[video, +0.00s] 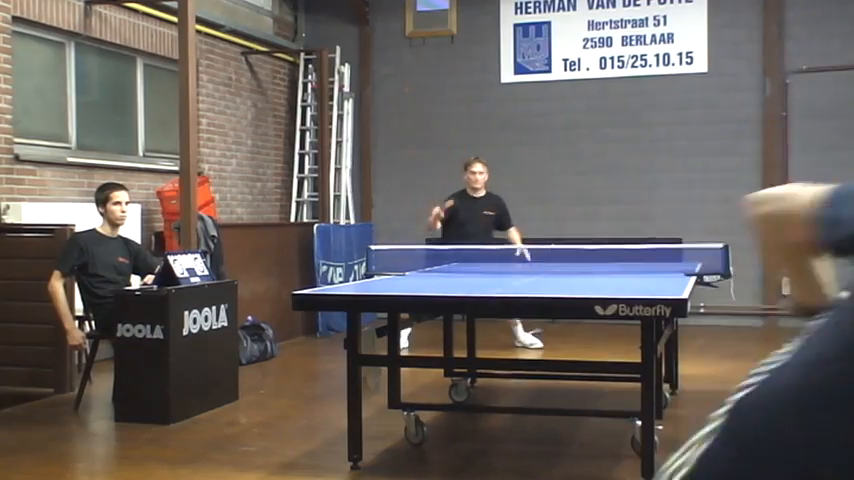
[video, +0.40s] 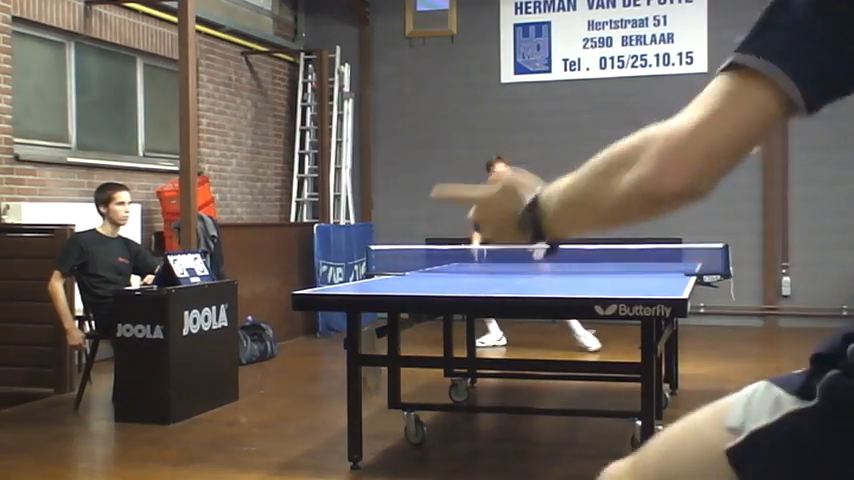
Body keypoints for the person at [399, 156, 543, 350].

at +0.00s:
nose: (476, 177)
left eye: (481, 173)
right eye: (472, 173)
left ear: (487, 177)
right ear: (465, 176)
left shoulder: (495, 202)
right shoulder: (453, 201)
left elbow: (510, 229)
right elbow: (431, 228)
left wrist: (518, 245)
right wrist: (436, 216)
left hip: (486, 262)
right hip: (452, 261)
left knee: (508, 290)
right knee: (425, 294)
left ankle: (520, 334)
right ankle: (404, 333)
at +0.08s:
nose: (485, 173)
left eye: (489, 169)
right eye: (480, 170)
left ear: (496, 173)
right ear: (473, 173)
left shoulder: (507, 197)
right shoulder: (465, 198)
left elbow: (527, 223)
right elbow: (448, 226)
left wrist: (527, 243)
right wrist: (443, 229)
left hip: (499, 261)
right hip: (466, 261)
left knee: (521, 285)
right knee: (435, 291)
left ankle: (523, 333)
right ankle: (410, 333)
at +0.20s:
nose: (493, 169)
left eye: (497, 165)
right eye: (489, 165)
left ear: (503, 167)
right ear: (482, 168)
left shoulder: (517, 189)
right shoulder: (475, 194)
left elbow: (541, 213)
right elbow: (460, 222)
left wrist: (538, 238)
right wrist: (457, 238)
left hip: (514, 254)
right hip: (481, 254)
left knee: (527, 284)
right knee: (456, 281)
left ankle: (525, 331)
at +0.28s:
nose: (495, 168)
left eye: (499, 164)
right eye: (491, 164)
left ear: (506, 166)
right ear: (484, 168)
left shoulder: (520, 187)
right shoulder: (478, 194)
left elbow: (546, 210)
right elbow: (466, 223)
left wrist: (542, 235)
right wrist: (465, 240)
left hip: (522, 252)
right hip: (490, 254)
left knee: (533, 284)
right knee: (467, 279)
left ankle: (538, 325)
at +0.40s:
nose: (499, 176)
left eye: (502, 171)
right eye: (494, 172)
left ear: (510, 171)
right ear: (488, 176)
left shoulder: (524, 192)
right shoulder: (486, 200)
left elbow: (547, 217)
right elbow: (477, 225)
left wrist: (542, 247)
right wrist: (475, 246)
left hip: (528, 251)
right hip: (496, 254)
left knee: (551, 292)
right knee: (476, 290)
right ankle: (495, 332)